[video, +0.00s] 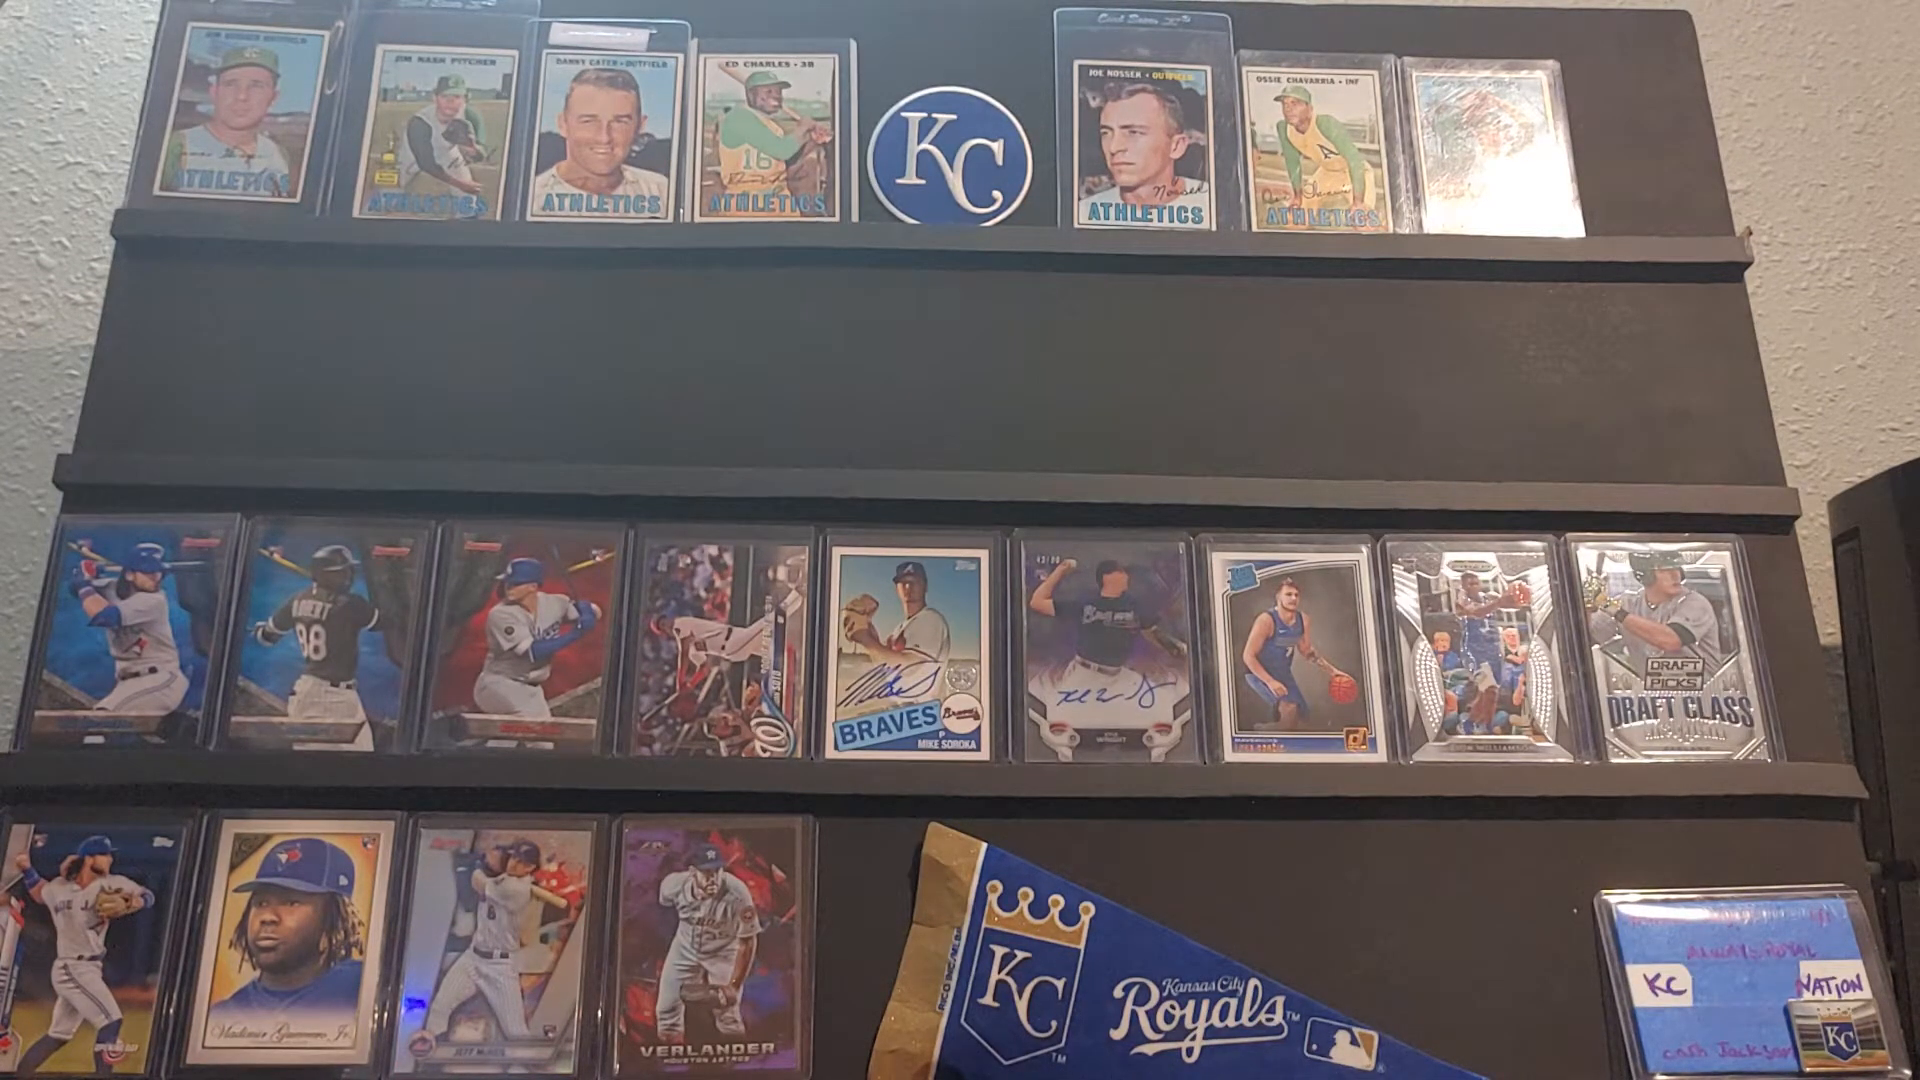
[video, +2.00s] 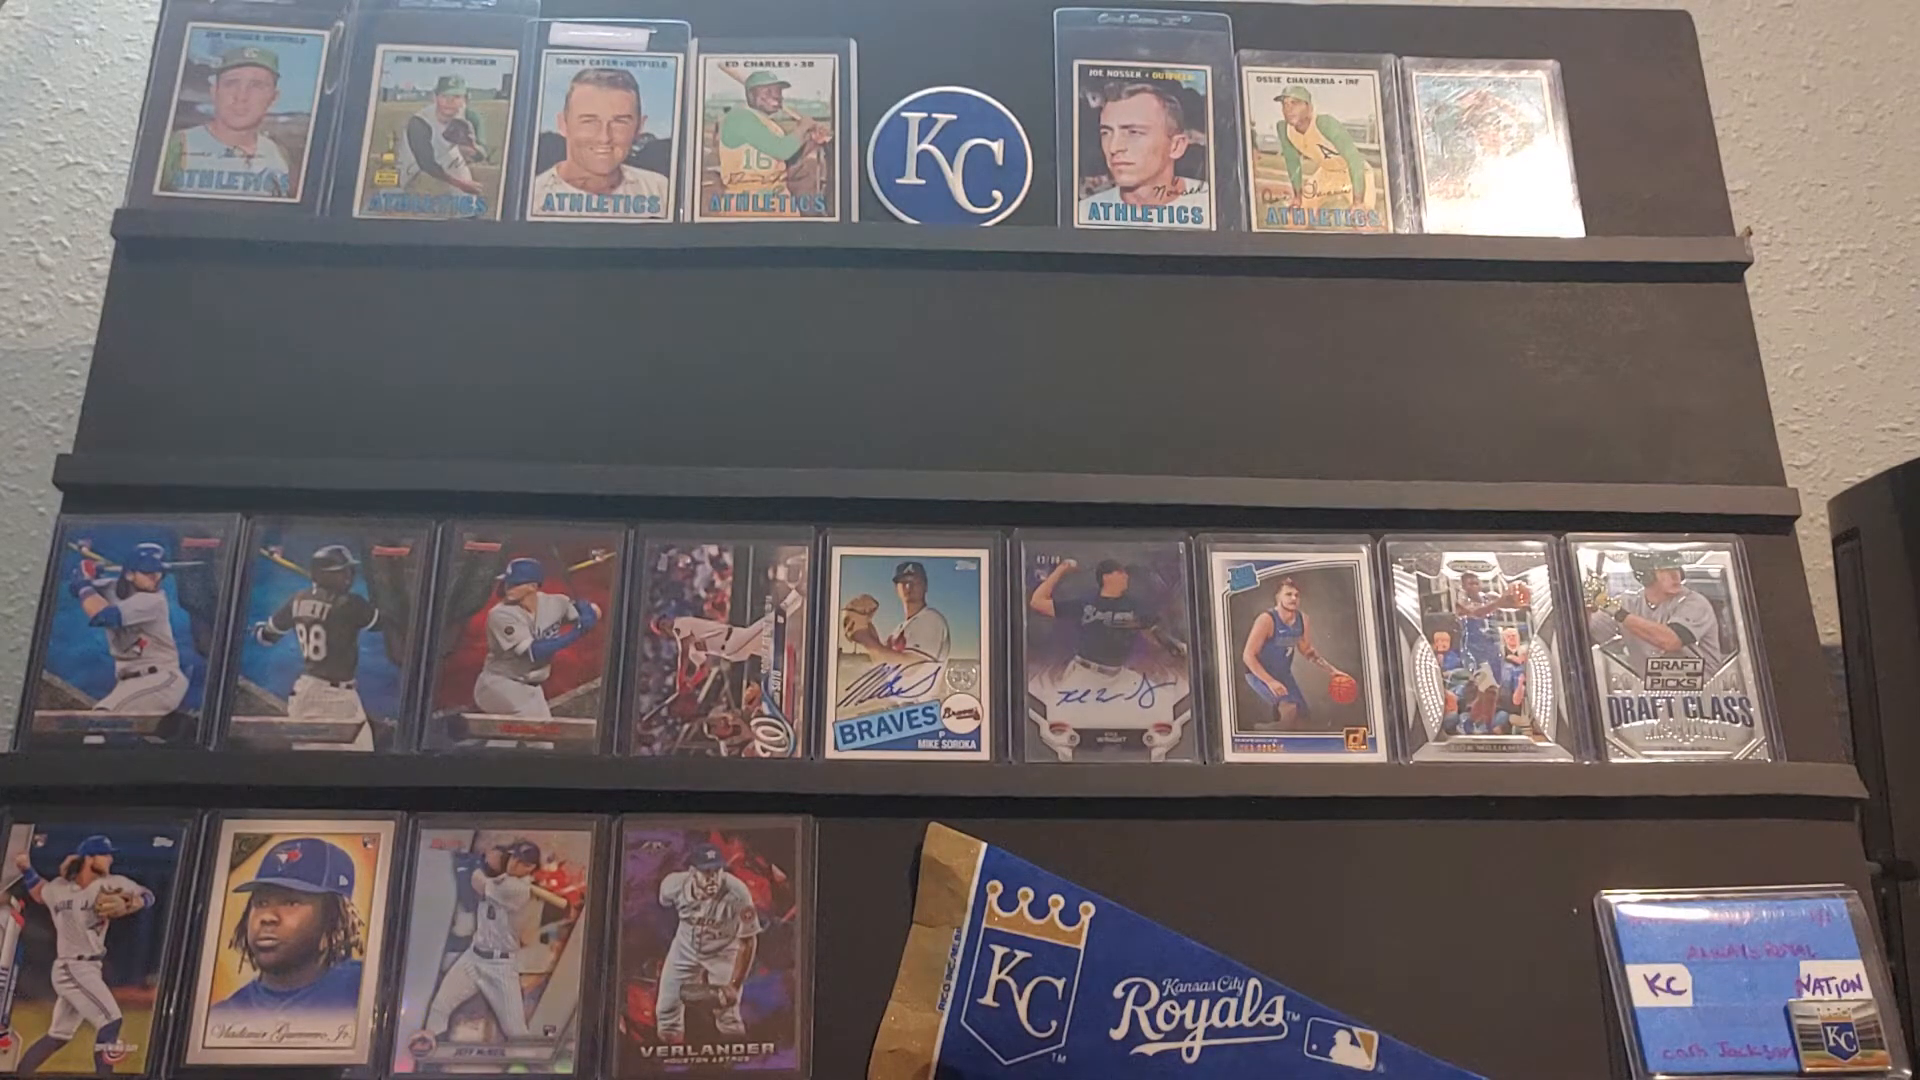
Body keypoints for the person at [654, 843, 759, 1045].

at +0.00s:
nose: (711, 878)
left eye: (715, 871)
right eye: (705, 872)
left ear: (721, 869)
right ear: (692, 871)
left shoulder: (738, 893)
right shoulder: (673, 885)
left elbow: (748, 942)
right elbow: (667, 910)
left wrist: (735, 985)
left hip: (724, 953)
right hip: (684, 947)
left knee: (727, 1014)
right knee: (666, 1008)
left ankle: (740, 1068)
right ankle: (673, 1069)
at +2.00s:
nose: (711, 878)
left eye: (716, 872)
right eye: (705, 872)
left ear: (722, 870)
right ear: (692, 871)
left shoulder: (738, 893)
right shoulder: (673, 885)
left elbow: (748, 941)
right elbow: (666, 908)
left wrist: (735, 985)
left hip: (724, 953)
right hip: (684, 947)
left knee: (727, 1014)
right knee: (666, 1009)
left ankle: (740, 1069)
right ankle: (674, 1069)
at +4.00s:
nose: (711, 878)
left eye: (716, 871)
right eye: (706, 872)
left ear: (722, 869)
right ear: (693, 870)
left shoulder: (738, 893)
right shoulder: (673, 885)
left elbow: (748, 941)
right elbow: (667, 907)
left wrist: (734, 985)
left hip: (724, 954)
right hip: (684, 947)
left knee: (727, 1014)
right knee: (666, 1009)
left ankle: (741, 1068)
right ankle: (674, 1069)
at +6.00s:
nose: (711, 878)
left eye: (716, 871)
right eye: (705, 872)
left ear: (722, 869)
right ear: (692, 870)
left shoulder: (738, 892)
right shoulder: (673, 885)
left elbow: (749, 941)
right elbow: (666, 907)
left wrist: (735, 985)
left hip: (724, 953)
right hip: (684, 947)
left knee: (727, 1015)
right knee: (666, 1009)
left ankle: (741, 1068)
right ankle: (673, 1069)